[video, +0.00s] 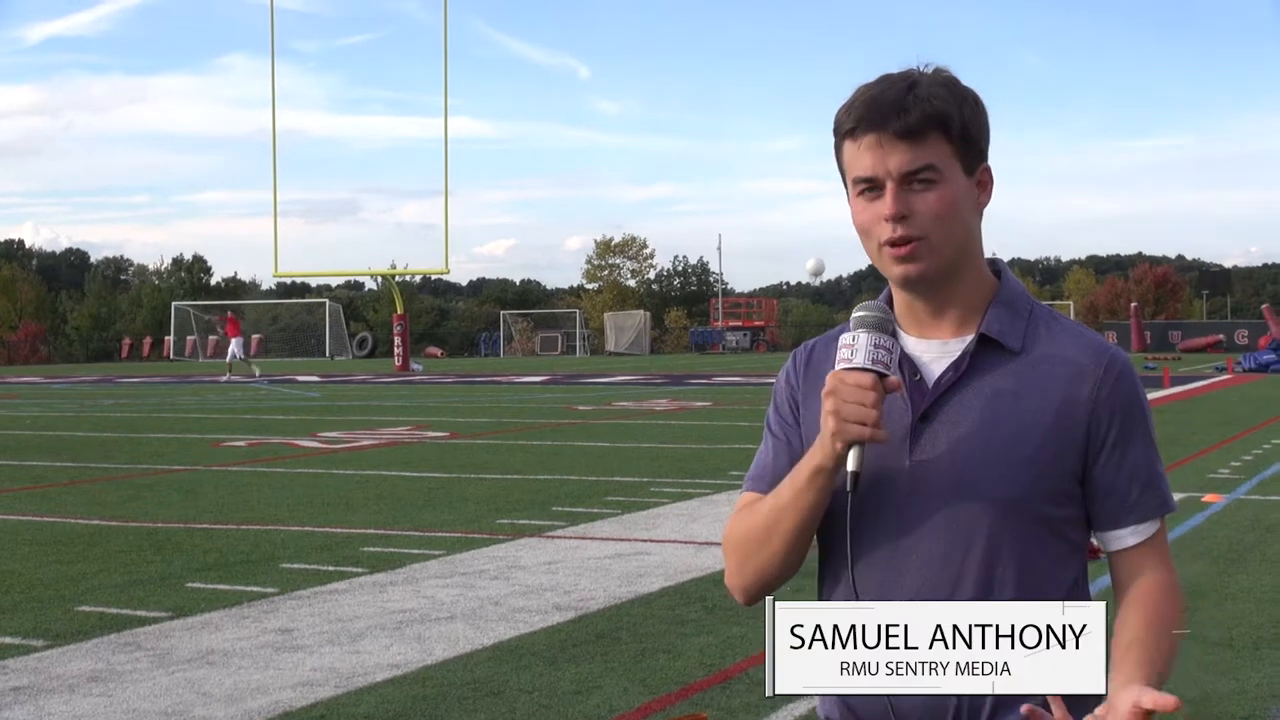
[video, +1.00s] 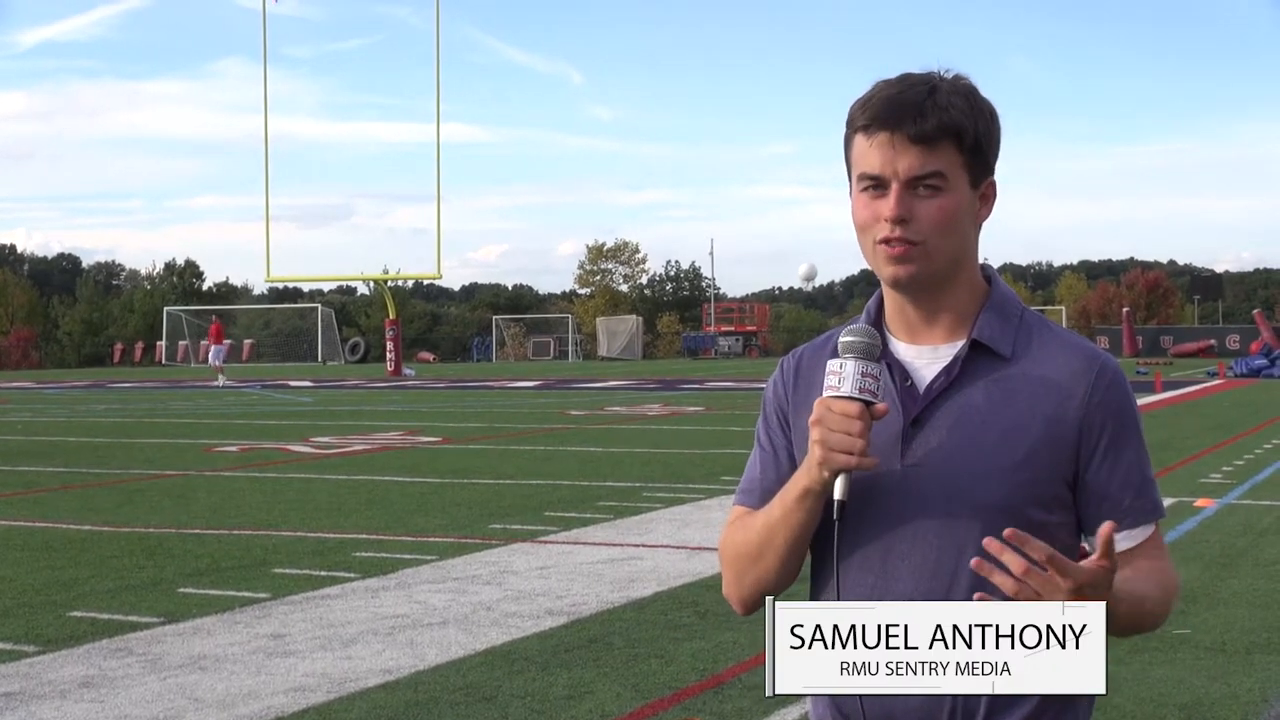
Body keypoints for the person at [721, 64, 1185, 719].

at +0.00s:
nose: (893, 212)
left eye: (921, 181)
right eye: (870, 190)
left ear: (981, 187)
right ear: (850, 207)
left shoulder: (1089, 373)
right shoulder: (814, 372)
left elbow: (1145, 570)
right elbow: (744, 575)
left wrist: (1128, 687)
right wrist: (825, 453)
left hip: (1030, 709)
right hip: (857, 707)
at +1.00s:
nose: (894, 213)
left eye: (927, 186)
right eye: (873, 186)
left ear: (984, 198)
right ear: (852, 200)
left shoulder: (1083, 382)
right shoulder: (805, 377)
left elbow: (1153, 583)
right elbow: (741, 585)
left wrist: (1099, 595)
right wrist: (814, 474)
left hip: (1026, 709)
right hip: (849, 707)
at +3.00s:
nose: (910, 190)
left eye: (938, 170)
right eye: (884, 171)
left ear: (980, 198)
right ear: (849, 207)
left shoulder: (1077, 379)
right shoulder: (796, 384)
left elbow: (1147, 593)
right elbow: (744, 590)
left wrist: (1093, 578)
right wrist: (824, 503)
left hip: (1025, 707)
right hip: (847, 707)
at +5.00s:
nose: (907, 203)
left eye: (943, 181)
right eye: (888, 176)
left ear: (991, 207)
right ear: (860, 195)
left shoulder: (1074, 379)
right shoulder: (796, 380)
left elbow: (1143, 611)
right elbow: (738, 588)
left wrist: (1120, 536)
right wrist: (811, 499)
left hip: (1025, 705)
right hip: (848, 706)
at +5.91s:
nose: (916, 209)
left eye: (949, 188)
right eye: (895, 181)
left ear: (993, 209)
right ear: (863, 196)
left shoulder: (1077, 375)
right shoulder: (798, 379)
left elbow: (1209, 556)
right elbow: (733, 581)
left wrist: (1074, 546)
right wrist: (838, 483)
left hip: (1024, 703)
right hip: (850, 702)